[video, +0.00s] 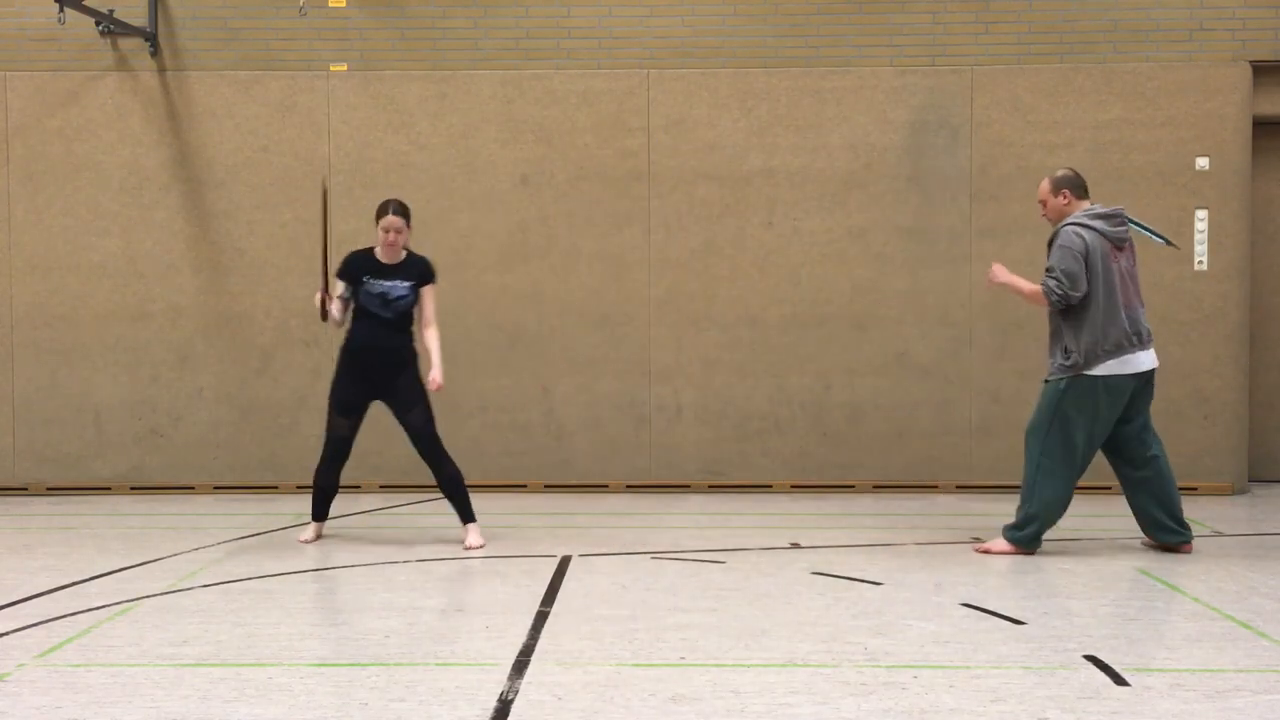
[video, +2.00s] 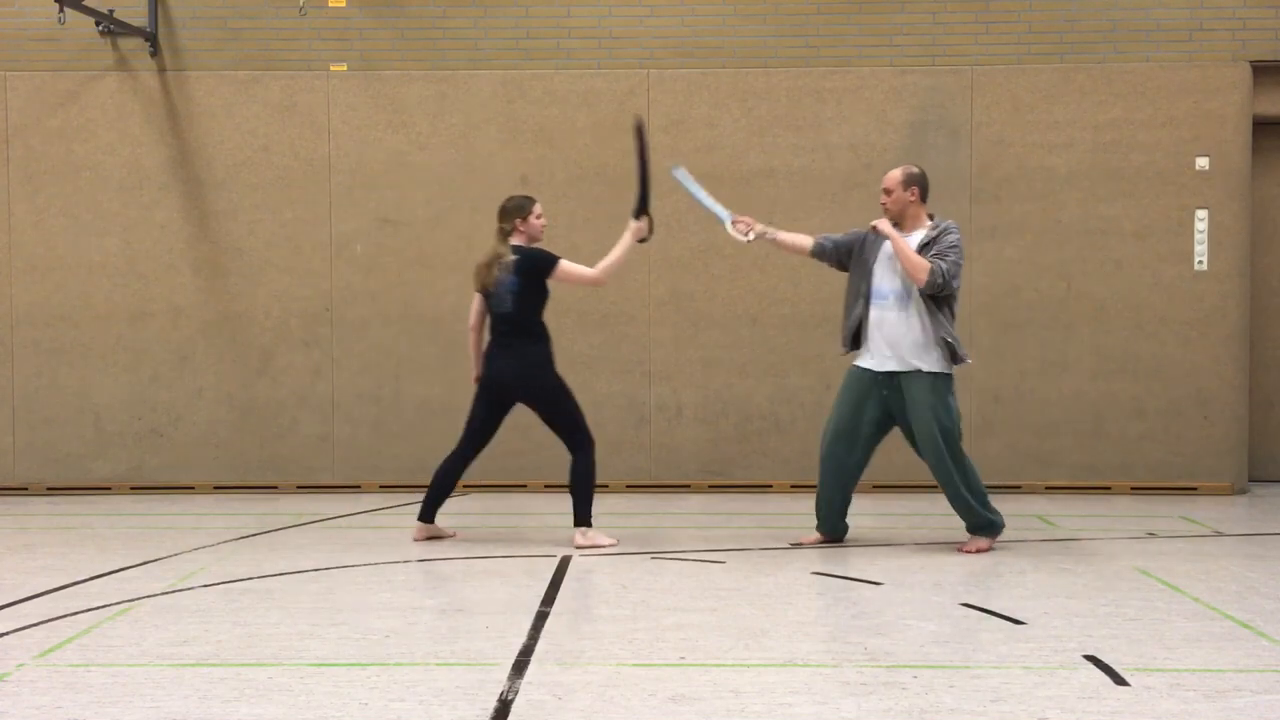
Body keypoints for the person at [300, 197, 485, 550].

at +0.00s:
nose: (392, 237)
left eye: (398, 230)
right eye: (386, 230)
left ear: (408, 232)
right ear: (376, 230)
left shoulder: (420, 268)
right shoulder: (356, 263)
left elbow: (428, 324)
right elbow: (338, 317)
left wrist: (435, 367)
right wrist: (329, 306)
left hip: (400, 369)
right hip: (355, 368)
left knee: (430, 446)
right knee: (336, 447)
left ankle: (470, 525)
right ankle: (316, 522)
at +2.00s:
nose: (544, 222)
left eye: (543, 216)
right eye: (539, 217)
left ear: (514, 225)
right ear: (520, 223)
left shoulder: (491, 264)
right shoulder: (534, 259)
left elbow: (475, 324)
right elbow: (597, 275)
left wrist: (477, 368)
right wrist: (631, 235)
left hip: (496, 374)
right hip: (533, 373)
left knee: (466, 448)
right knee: (582, 445)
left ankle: (425, 523)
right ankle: (583, 531)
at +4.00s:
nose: (732, 231)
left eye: (730, 226)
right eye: (725, 227)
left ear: (710, 235)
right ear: (706, 235)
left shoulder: (716, 271)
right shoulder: (702, 266)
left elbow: (724, 333)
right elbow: (759, 277)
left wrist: (750, 374)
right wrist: (797, 277)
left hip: (726, 378)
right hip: (700, 378)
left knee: (780, 435)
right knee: (684, 461)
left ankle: (777, 515)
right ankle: (623, 522)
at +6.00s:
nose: (424, 231)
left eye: (428, 225)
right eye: (421, 225)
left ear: (448, 218)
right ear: (428, 222)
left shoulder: (478, 251)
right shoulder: (432, 254)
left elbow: (503, 305)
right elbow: (436, 310)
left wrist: (517, 354)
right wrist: (394, 332)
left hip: (475, 363)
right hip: (445, 363)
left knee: (459, 443)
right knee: (407, 434)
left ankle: (489, 525)